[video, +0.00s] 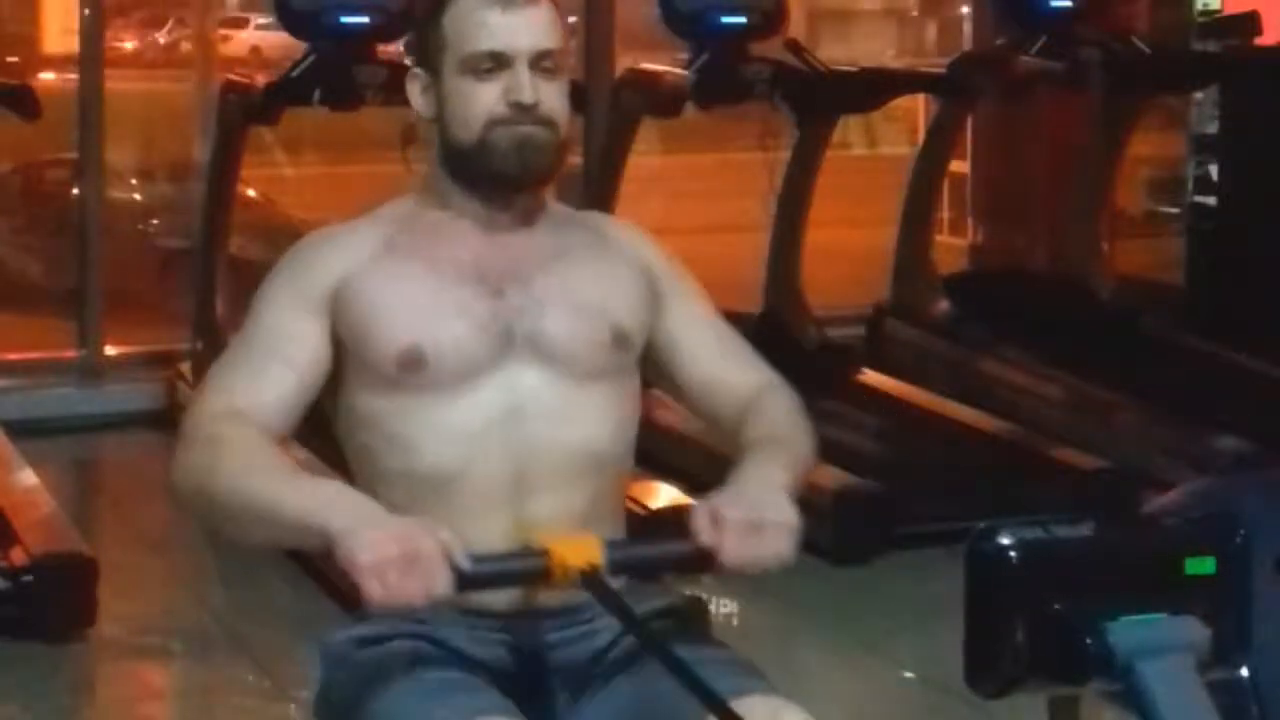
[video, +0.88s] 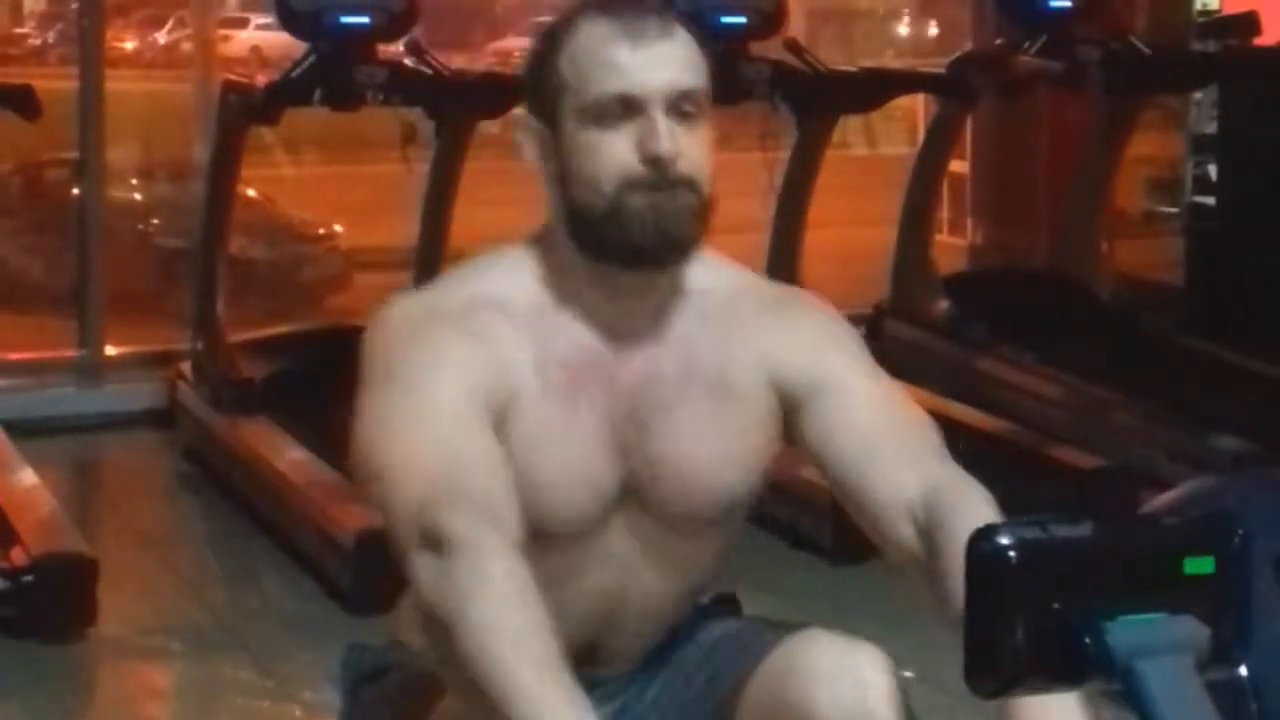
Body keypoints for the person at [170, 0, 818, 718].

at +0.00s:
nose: (524, 94)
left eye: (545, 69)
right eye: (487, 69)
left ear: (570, 89)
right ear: (421, 91)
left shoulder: (624, 257)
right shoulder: (335, 265)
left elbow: (767, 407)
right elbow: (211, 450)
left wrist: (763, 481)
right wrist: (355, 520)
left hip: (618, 617)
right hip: (425, 630)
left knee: (772, 715)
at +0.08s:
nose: (529, 92)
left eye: (550, 67)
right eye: (492, 68)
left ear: (575, 87)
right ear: (425, 90)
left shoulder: (632, 258)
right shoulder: (339, 266)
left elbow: (776, 405)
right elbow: (222, 449)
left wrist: (780, 484)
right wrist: (367, 530)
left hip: (616, 620)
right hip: (426, 630)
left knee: (779, 715)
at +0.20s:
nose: (568, 88)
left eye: (589, 62)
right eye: (529, 64)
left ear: (614, 83)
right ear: (461, 89)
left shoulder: (678, 268)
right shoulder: (370, 272)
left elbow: (825, 404)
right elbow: (307, 454)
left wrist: (864, 535)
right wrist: (445, 601)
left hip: (622, 635)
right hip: (422, 639)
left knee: (761, 708)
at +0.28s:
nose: (584, 93)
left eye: (605, 65)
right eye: (544, 67)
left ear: (634, 88)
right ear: (476, 97)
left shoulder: (702, 281)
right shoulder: (384, 285)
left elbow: (850, 421)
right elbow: (346, 473)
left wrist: (906, 561)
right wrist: (479, 634)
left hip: (634, 641)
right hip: (427, 647)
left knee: (805, 694)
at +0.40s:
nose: (618, 111)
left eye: (643, 78)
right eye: (575, 82)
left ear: (674, 100)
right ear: (506, 114)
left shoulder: (743, 302)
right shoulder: (403, 312)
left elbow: (890, 453)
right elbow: (408, 524)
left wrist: (971, 627)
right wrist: (538, 698)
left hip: (650, 652)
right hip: (448, 662)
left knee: (817, 699)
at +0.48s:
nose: (644, 126)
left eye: (668, 95)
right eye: (600, 97)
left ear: (696, 118)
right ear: (524, 129)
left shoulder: (768, 320)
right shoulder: (420, 329)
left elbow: (913, 480)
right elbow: (439, 531)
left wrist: (1036, 672)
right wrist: (560, 713)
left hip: (652, 664)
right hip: (457, 671)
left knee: (836, 694)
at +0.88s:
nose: (661, 146)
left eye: (684, 110)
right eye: (614, 115)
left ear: (712, 131)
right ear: (536, 146)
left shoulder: (785, 329)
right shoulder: (437, 338)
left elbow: (933, 509)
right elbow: (464, 568)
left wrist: (1052, 689)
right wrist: (568, 718)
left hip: (667, 661)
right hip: (476, 676)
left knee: (849, 682)